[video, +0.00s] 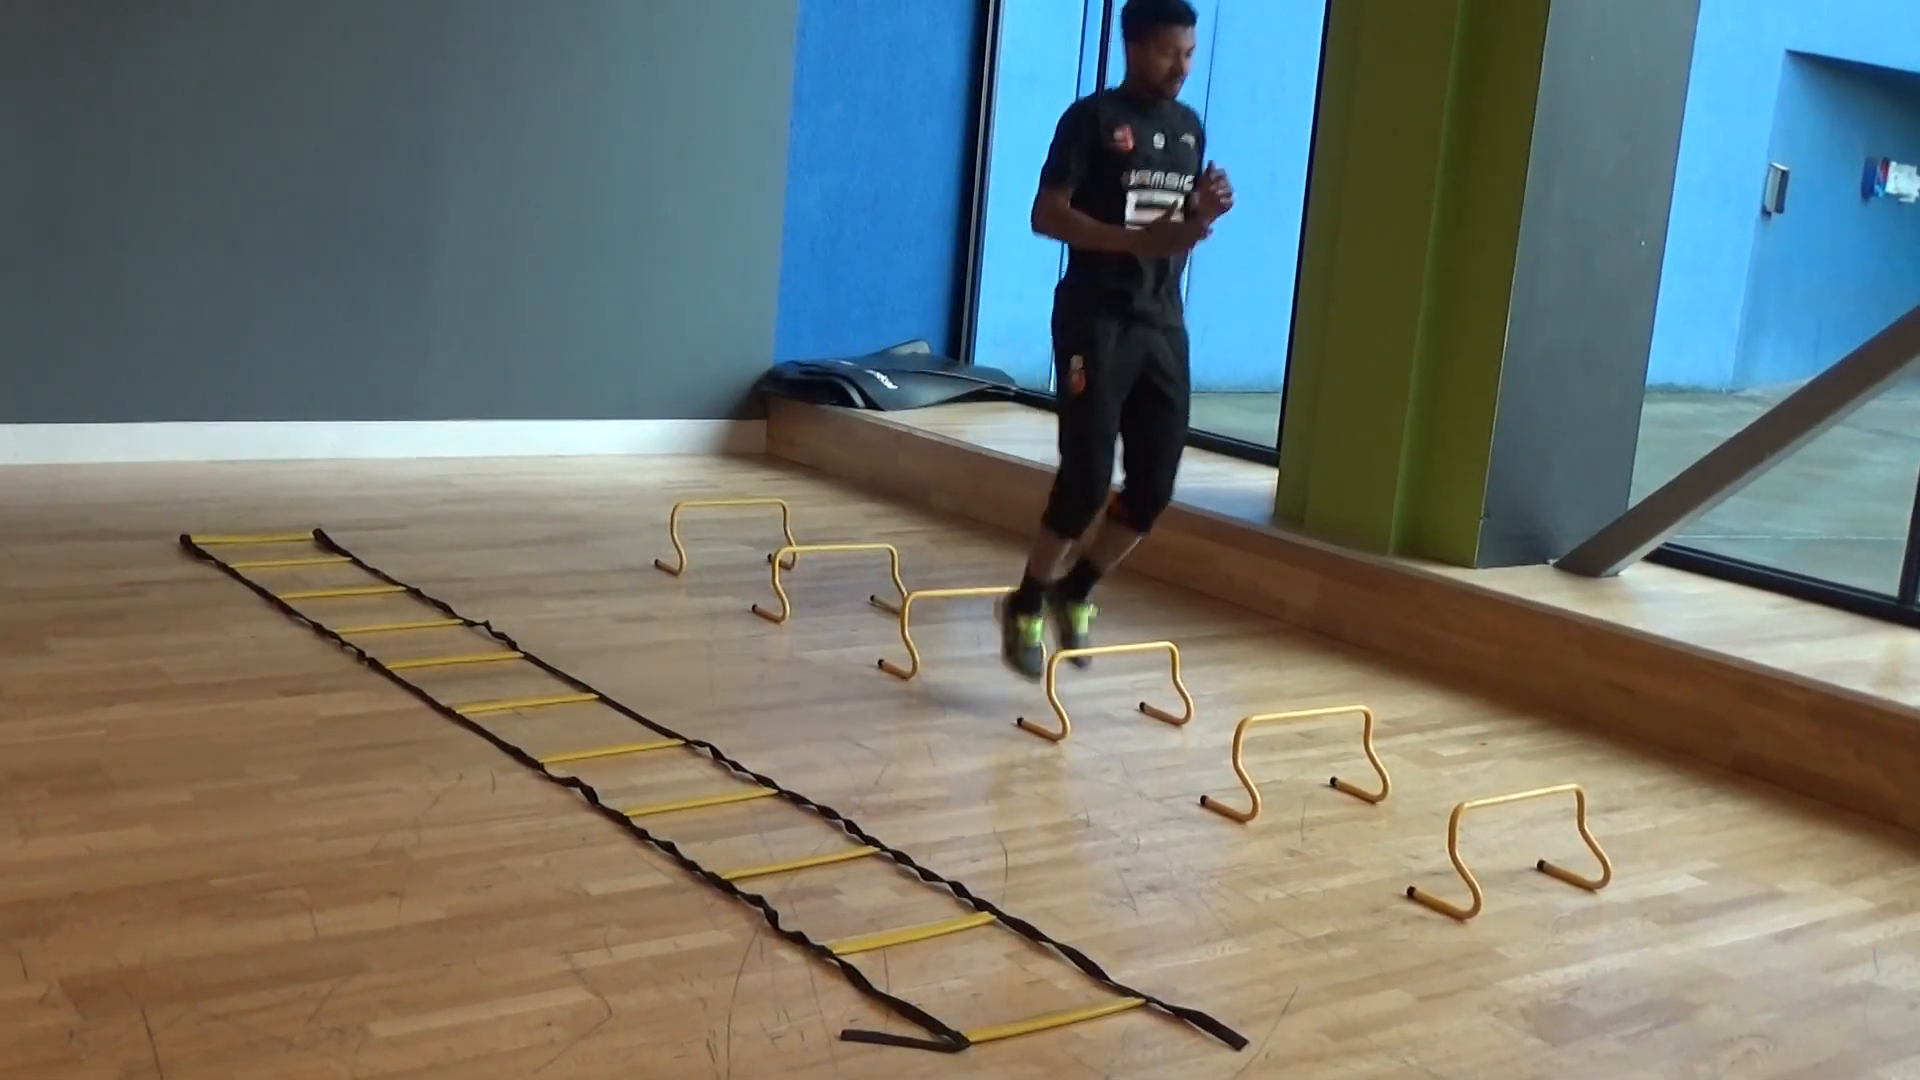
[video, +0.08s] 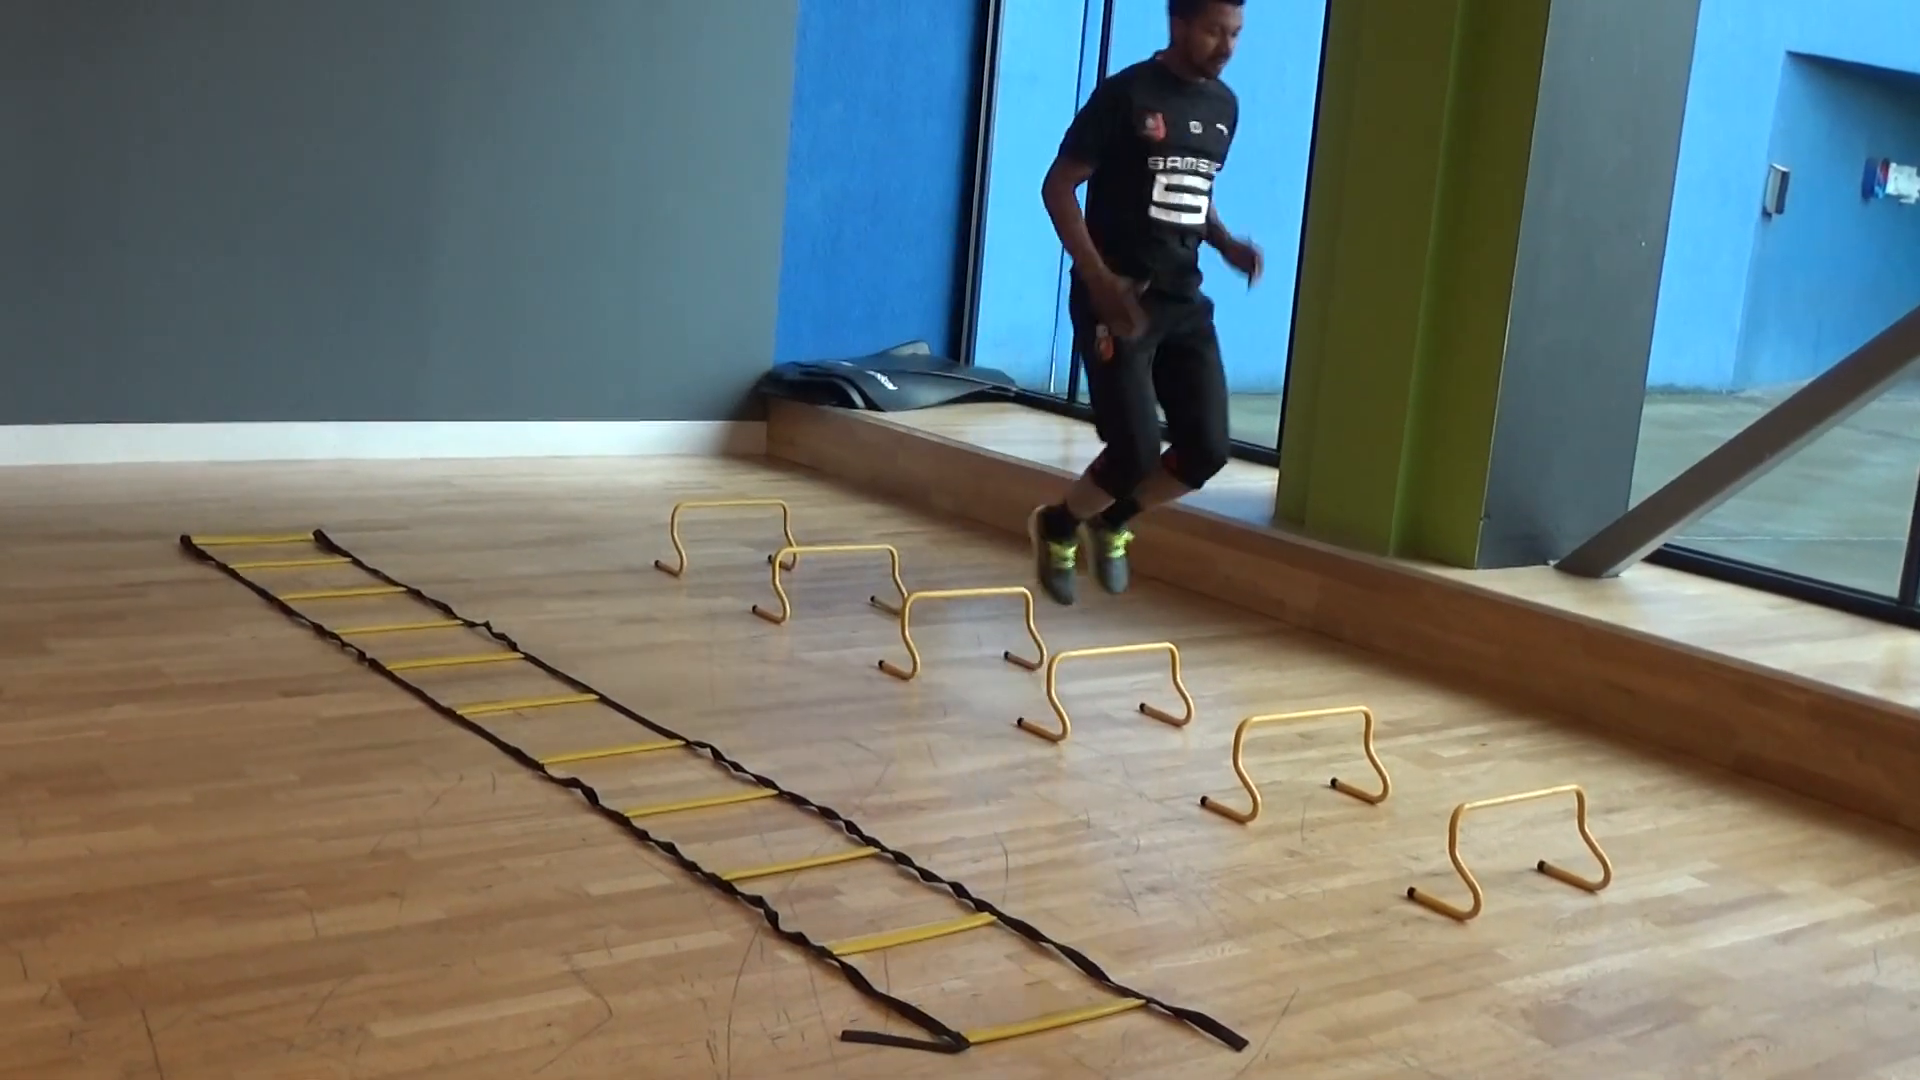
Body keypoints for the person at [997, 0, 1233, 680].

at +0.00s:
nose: (1180, 66)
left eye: (1187, 54)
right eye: (1169, 53)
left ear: (1191, 54)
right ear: (1133, 48)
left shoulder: (1189, 127)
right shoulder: (1090, 118)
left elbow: (1173, 237)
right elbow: (1047, 214)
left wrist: (1202, 211)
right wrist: (1140, 238)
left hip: (1163, 325)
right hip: (1095, 321)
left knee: (1150, 490)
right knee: (1087, 483)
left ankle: (1074, 593)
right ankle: (1025, 602)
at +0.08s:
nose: (1227, 47)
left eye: (1235, 34)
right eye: (1215, 31)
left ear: (1240, 33)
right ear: (1177, 24)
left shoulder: (1225, 106)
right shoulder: (1125, 94)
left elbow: (1190, 191)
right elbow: (1057, 188)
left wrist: (1226, 243)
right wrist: (1099, 281)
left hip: (1185, 302)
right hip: (1118, 299)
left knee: (1207, 451)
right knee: (1134, 456)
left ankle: (1112, 522)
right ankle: (1058, 524)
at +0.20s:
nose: (1282, 60)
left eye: (1291, 47)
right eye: (1273, 43)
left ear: (1293, 44)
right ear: (1234, 29)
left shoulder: (1274, 107)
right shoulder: (1168, 93)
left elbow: (1223, 185)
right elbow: (1072, 134)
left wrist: (1222, 266)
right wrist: (1072, 243)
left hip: (1218, 297)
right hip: (1145, 293)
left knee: (1244, 453)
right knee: (1170, 455)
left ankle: (1173, 586)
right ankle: (1131, 593)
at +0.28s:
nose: (1305, 84)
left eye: (1314, 71)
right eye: (1296, 68)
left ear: (1318, 69)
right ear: (1258, 53)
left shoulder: (1298, 130)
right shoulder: (1194, 116)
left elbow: (1249, 204)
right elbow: (1094, 137)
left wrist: (1246, 293)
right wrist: (1093, 247)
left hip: (1246, 334)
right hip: (1174, 330)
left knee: (1243, 506)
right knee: (1183, 503)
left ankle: (1210, 665)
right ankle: (1164, 668)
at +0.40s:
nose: (1327, 153)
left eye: (1334, 139)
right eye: (1313, 138)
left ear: (1337, 142)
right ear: (1273, 135)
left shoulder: (1321, 221)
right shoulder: (1220, 214)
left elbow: (1278, 321)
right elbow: (1138, 298)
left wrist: (1305, 388)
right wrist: (1163, 400)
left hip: (1282, 428)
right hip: (1214, 421)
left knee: (1274, 598)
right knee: (1226, 589)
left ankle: (1203, 715)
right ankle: (1162, 722)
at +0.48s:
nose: (1342, 148)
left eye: (1349, 135)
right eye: (1328, 134)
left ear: (1354, 137)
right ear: (1286, 134)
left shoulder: (1348, 222)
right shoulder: (1244, 221)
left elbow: (1329, 316)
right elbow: (1206, 326)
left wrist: (1370, 359)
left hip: (1310, 436)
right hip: (1241, 434)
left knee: (1282, 605)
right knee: (1237, 601)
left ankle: (1204, 715)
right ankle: (1165, 722)